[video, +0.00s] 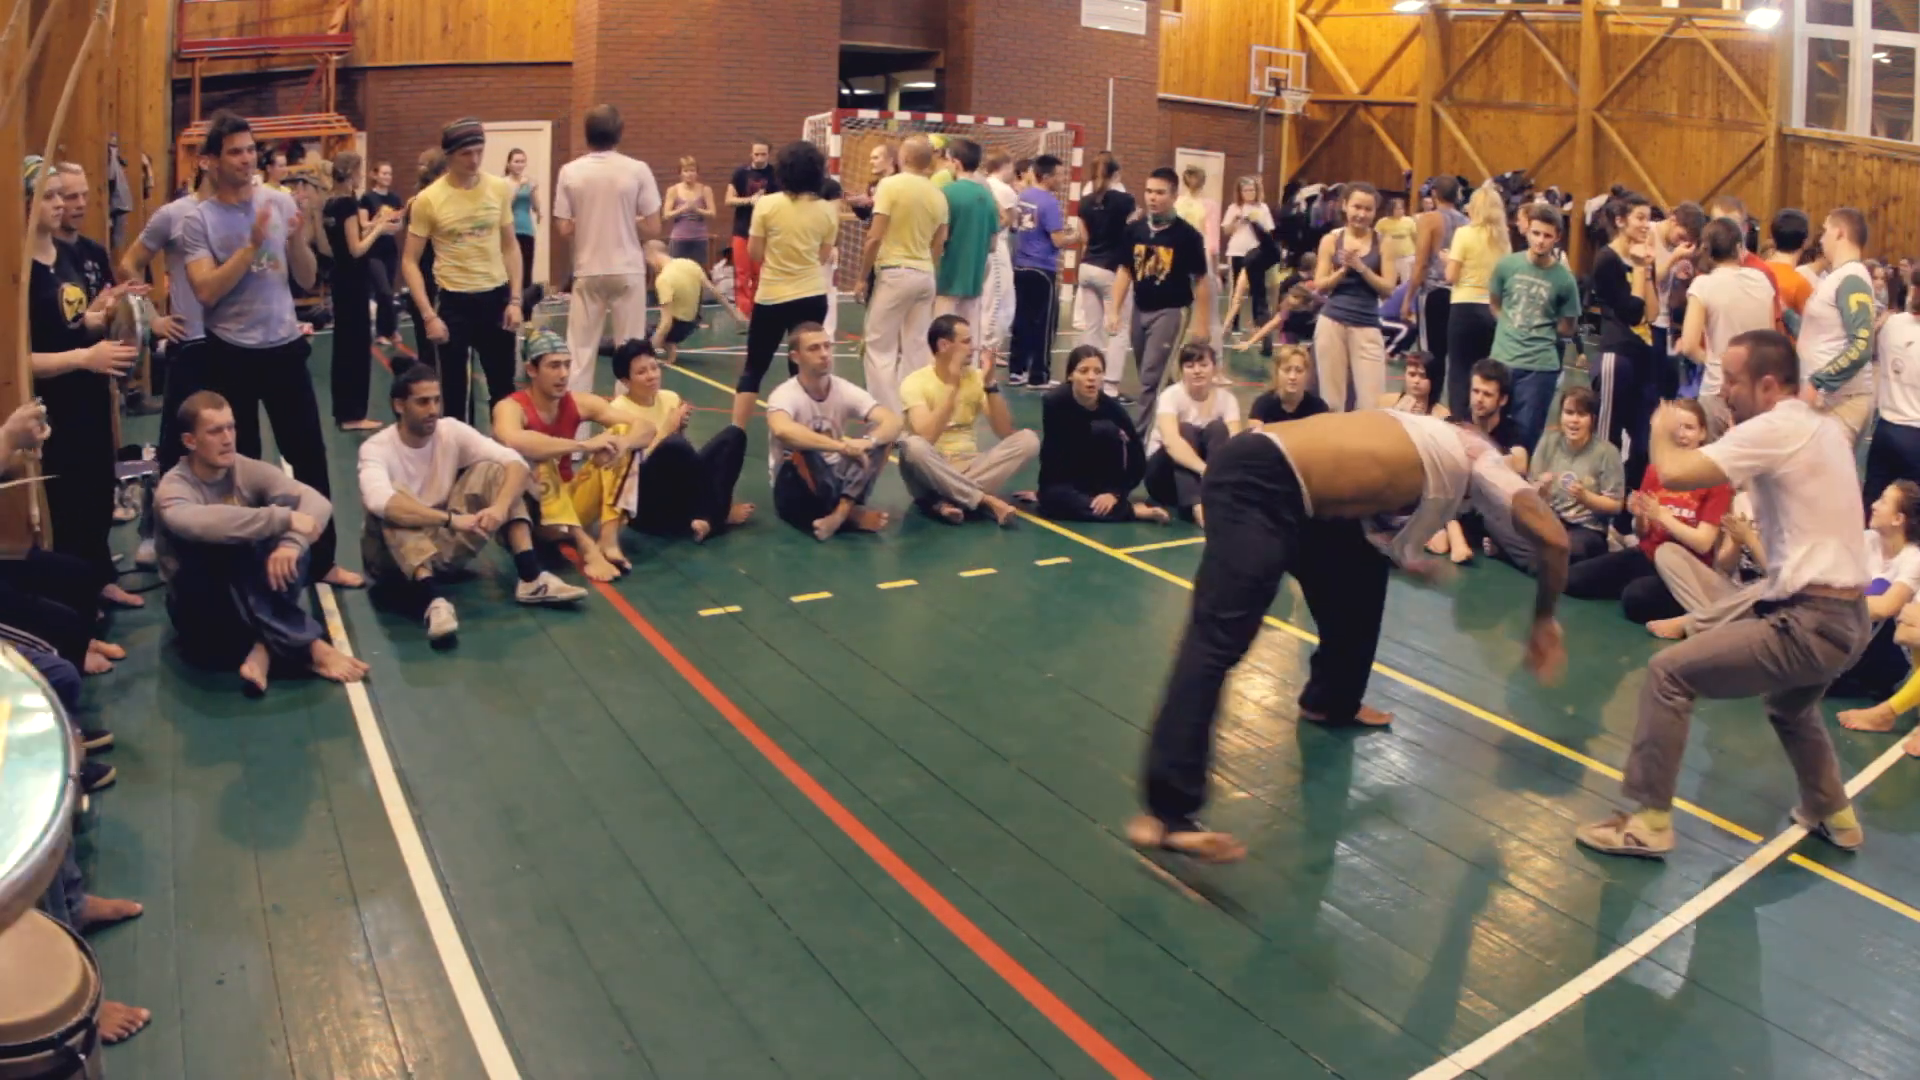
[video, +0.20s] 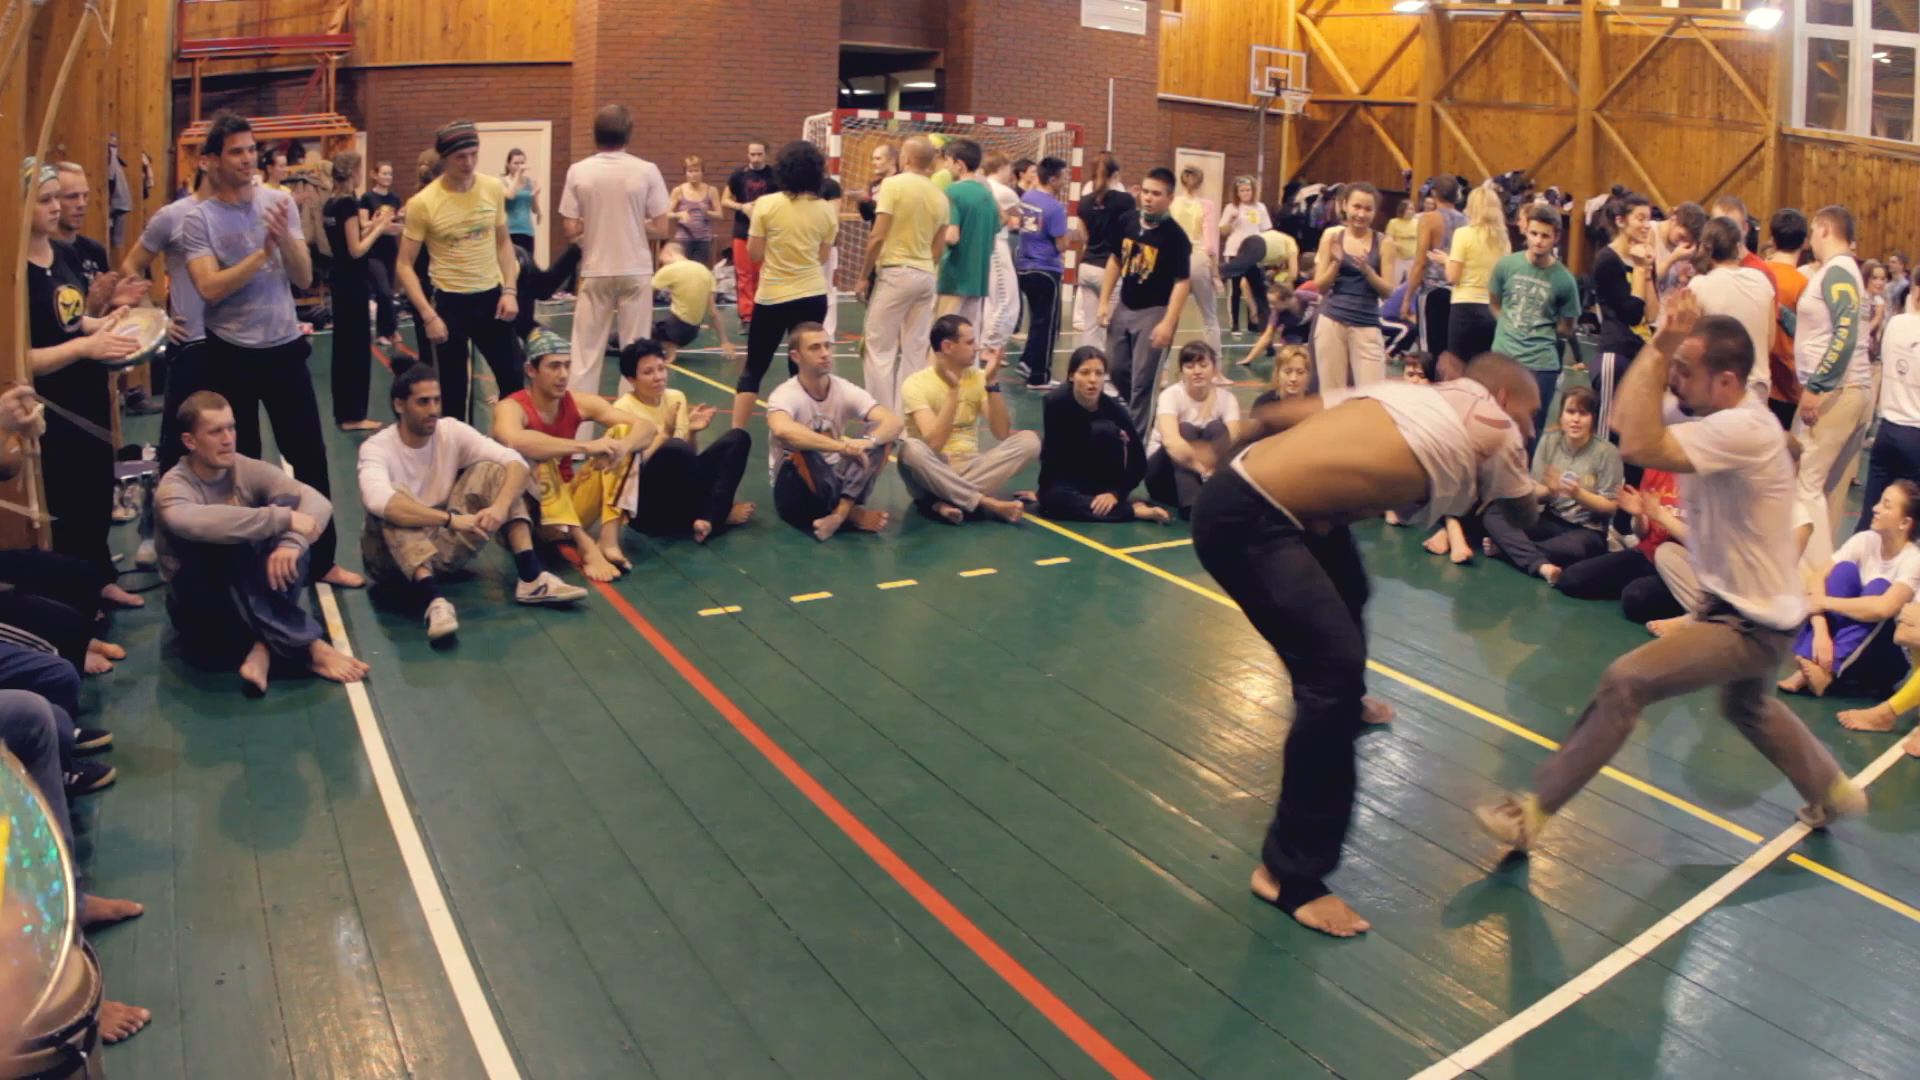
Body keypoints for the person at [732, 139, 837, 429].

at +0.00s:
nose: (771, 171)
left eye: (775, 167)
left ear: (780, 172)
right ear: (818, 172)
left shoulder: (765, 204)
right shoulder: (827, 210)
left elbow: (755, 252)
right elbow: (825, 254)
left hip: (771, 301)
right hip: (812, 299)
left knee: (753, 370)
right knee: (806, 369)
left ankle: (735, 436)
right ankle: (807, 437)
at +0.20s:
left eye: (777, 166)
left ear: (781, 170)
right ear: (818, 172)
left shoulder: (765, 205)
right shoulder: (826, 210)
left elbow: (755, 252)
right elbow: (824, 255)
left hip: (772, 300)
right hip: (813, 298)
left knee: (754, 369)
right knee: (805, 366)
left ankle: (736, 437)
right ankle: (808, 435)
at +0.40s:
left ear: (781, 171)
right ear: (818, 172)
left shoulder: (766, 204)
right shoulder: (827, 209)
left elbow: (755, 253)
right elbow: (823, 253)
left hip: (772, 300)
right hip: (813, 298)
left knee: (754, 369)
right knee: (805, 366)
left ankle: (737, 438)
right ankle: (808, 436)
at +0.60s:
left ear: (781, 171)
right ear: (818, 172)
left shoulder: (766, 205)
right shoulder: (827, 210)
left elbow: (755, 252)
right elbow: (824, 255)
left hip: (772, 300)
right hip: (813, 298)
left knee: (753, 369)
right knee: (804, 366)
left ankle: (736, 437)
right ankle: (808, 433)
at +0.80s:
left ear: (781, 171)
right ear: (819, 172)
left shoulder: (766, 205)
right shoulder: (827, 210)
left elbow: (755, 251)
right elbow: (824, 256)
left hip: (772, 300)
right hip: (813, 298)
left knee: (753, 369)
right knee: (804, 366)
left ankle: (736, 437)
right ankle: (808, 434)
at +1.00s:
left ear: (782, 171)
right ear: (820, 172)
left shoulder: (767, 205)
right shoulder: (828, 210)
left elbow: (755, 252)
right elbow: (825, 256)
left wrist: (779, 257)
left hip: (773, 300)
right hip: (813, 298)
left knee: (754, 369)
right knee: (805, 367)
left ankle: (736, 436)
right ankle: (808, 434)